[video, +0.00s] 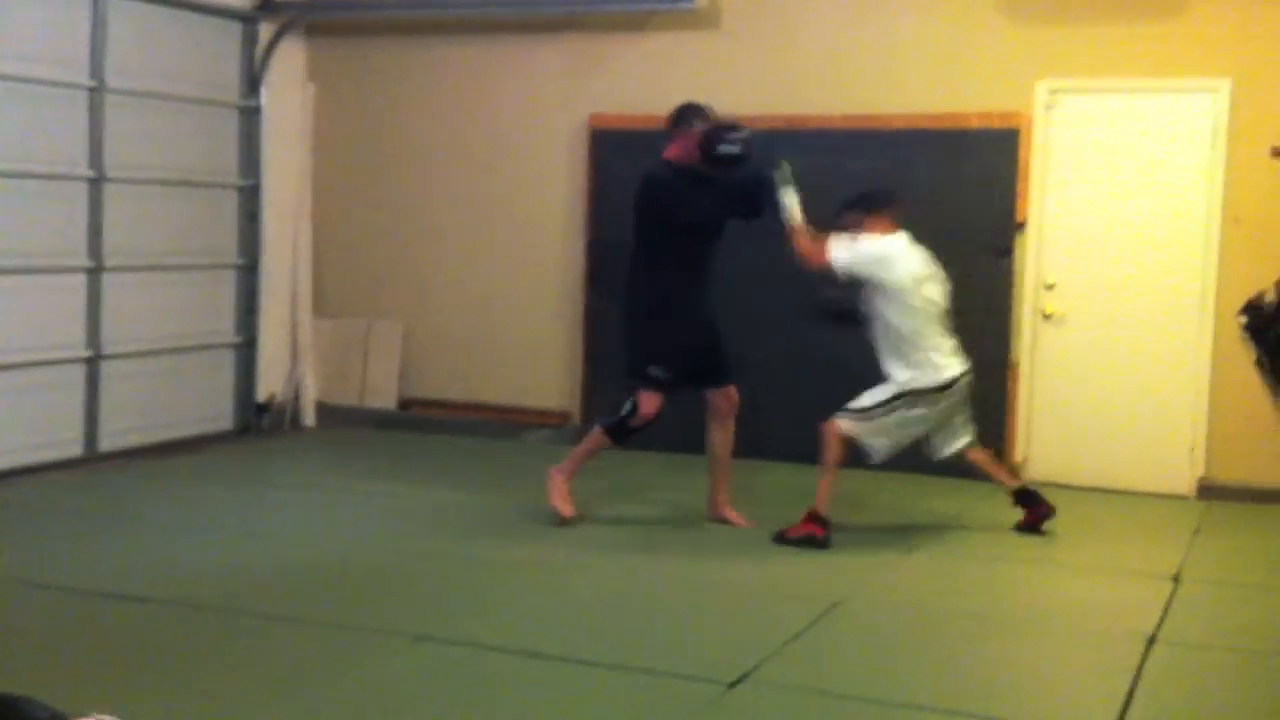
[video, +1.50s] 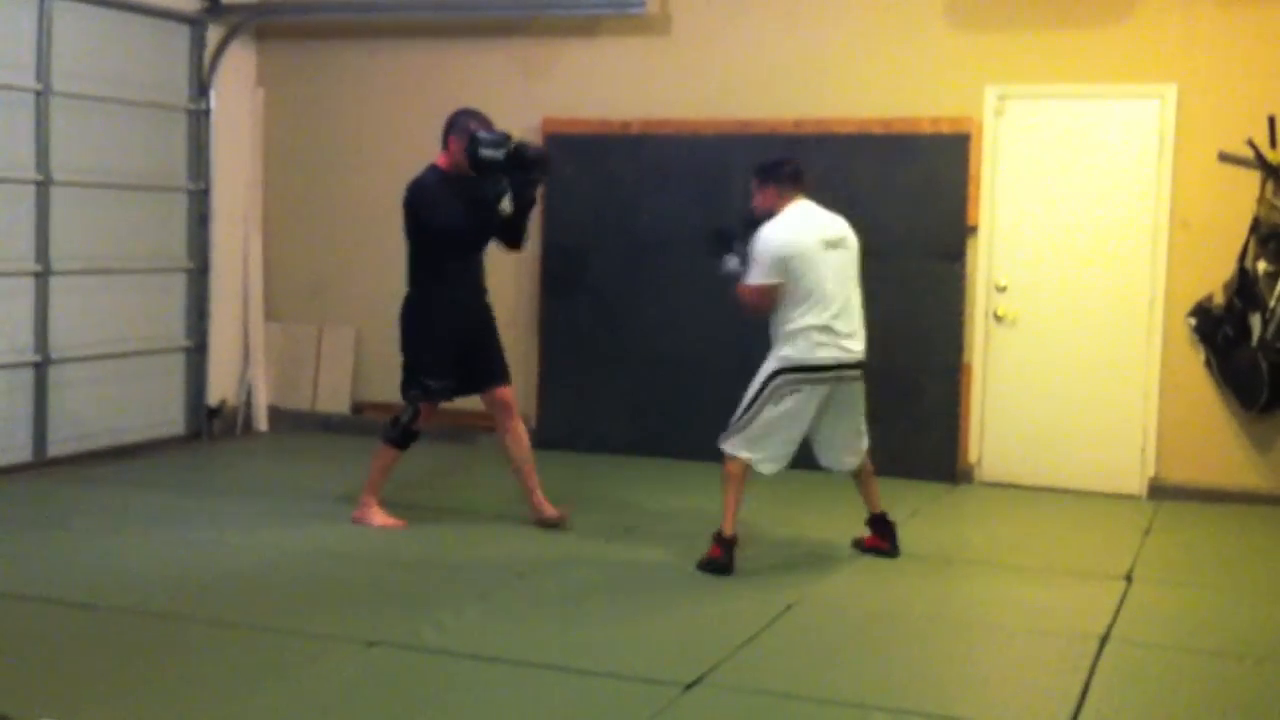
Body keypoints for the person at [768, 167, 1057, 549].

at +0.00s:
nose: (855, 235)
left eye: (856, 227)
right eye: (853, 229)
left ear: (872, 220)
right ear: (889, 219)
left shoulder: (882, 249)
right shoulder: (919, 255)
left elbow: (811, 253)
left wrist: (789, 203)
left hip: (922, 380)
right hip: (953, 374)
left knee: (836, 429)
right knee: (964, 446)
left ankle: (817, 520)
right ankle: (1028, 499)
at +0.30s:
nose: (772, 235)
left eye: (778, 228)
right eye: (772, 227)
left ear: (802, 230)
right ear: (791, 230)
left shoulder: (839, 276)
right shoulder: (778, 264)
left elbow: (828, 343)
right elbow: (754, 299)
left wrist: (781, 318)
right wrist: (728, 308)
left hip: (873, 367)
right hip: (841, 365)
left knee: (789, 425)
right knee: (891, 433)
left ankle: (782, 518)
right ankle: (966, 470)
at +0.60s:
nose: (804, 192)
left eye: (807, 184)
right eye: (803, 185)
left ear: (823, 180)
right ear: (835, 178)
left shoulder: (832, 221)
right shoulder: (862, 208)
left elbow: (787, 266)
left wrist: (781, 222)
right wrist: (801, 206)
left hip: (843, 342)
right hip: (883, 339)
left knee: (776, 413)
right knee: (890, 422)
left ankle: (761, 506)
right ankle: (929, 498)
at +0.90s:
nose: (836, 188)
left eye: (838, 179)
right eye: (836, 180)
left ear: (851, 177)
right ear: (877, 175)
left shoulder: (862, 221)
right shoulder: (914, 216)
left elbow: (841, 288)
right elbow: (888, 278)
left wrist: (811, 257)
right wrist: (838, 258)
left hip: (879, 341)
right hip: (922, 342)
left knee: (814, 416)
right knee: (931, 431)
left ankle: (793, 512)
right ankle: (958, 512)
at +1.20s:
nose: (794, 178)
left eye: (795, 171)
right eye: (794, 171)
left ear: (807, 167)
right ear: (833, 163)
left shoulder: (808, 204)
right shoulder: (870, 201)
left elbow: (776, 267)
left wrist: (765, 223)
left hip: (833, 332)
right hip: (881, 329)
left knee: (797, 428)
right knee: (888, 425)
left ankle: (786, 524)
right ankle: (906, 517)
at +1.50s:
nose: (754, 204)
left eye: (757, 194)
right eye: (755, 194)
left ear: (772, 191)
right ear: (797, 188)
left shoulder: (773, 234)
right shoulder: (842, 227)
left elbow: (757, 299)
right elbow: (832, 284)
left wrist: (736, 270)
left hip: (798, 360)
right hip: (849, 358)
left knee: (738, 445)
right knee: (854, 445)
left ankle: (725, 541)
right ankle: (881, 527)